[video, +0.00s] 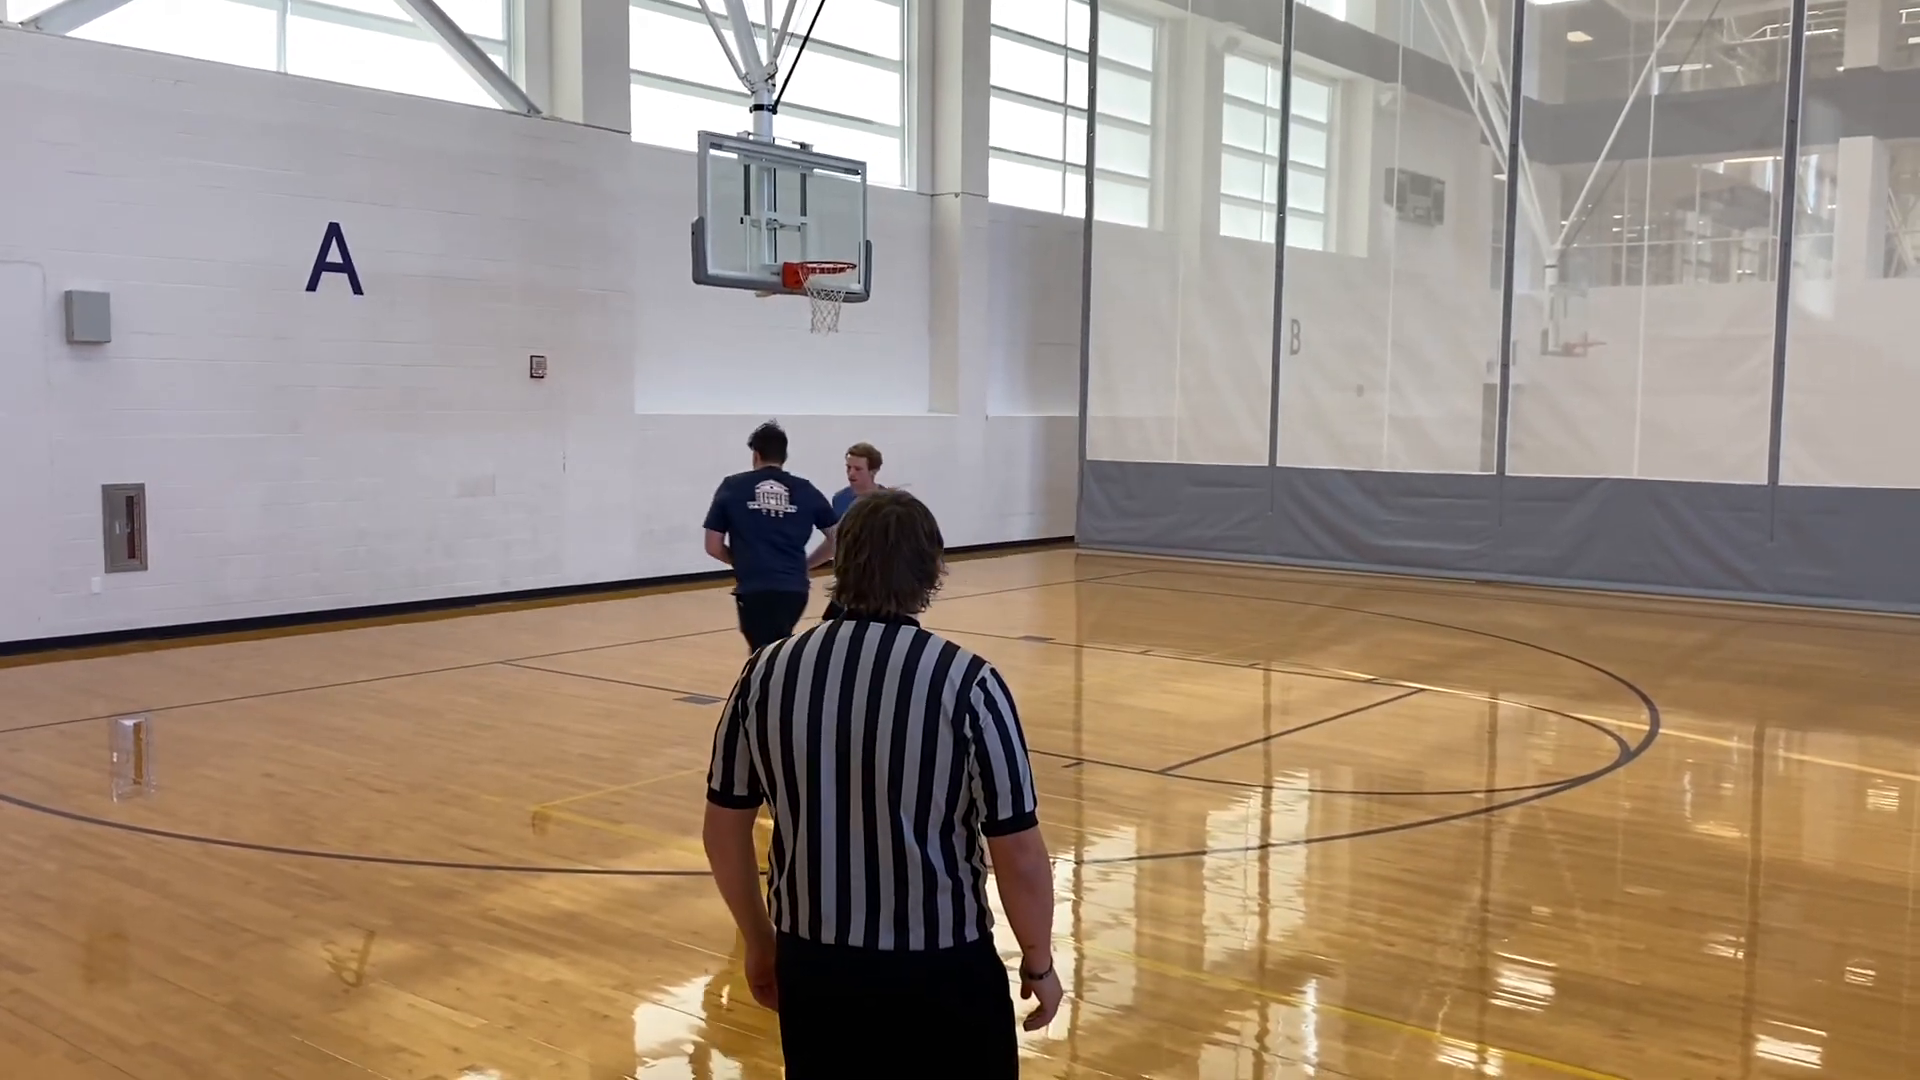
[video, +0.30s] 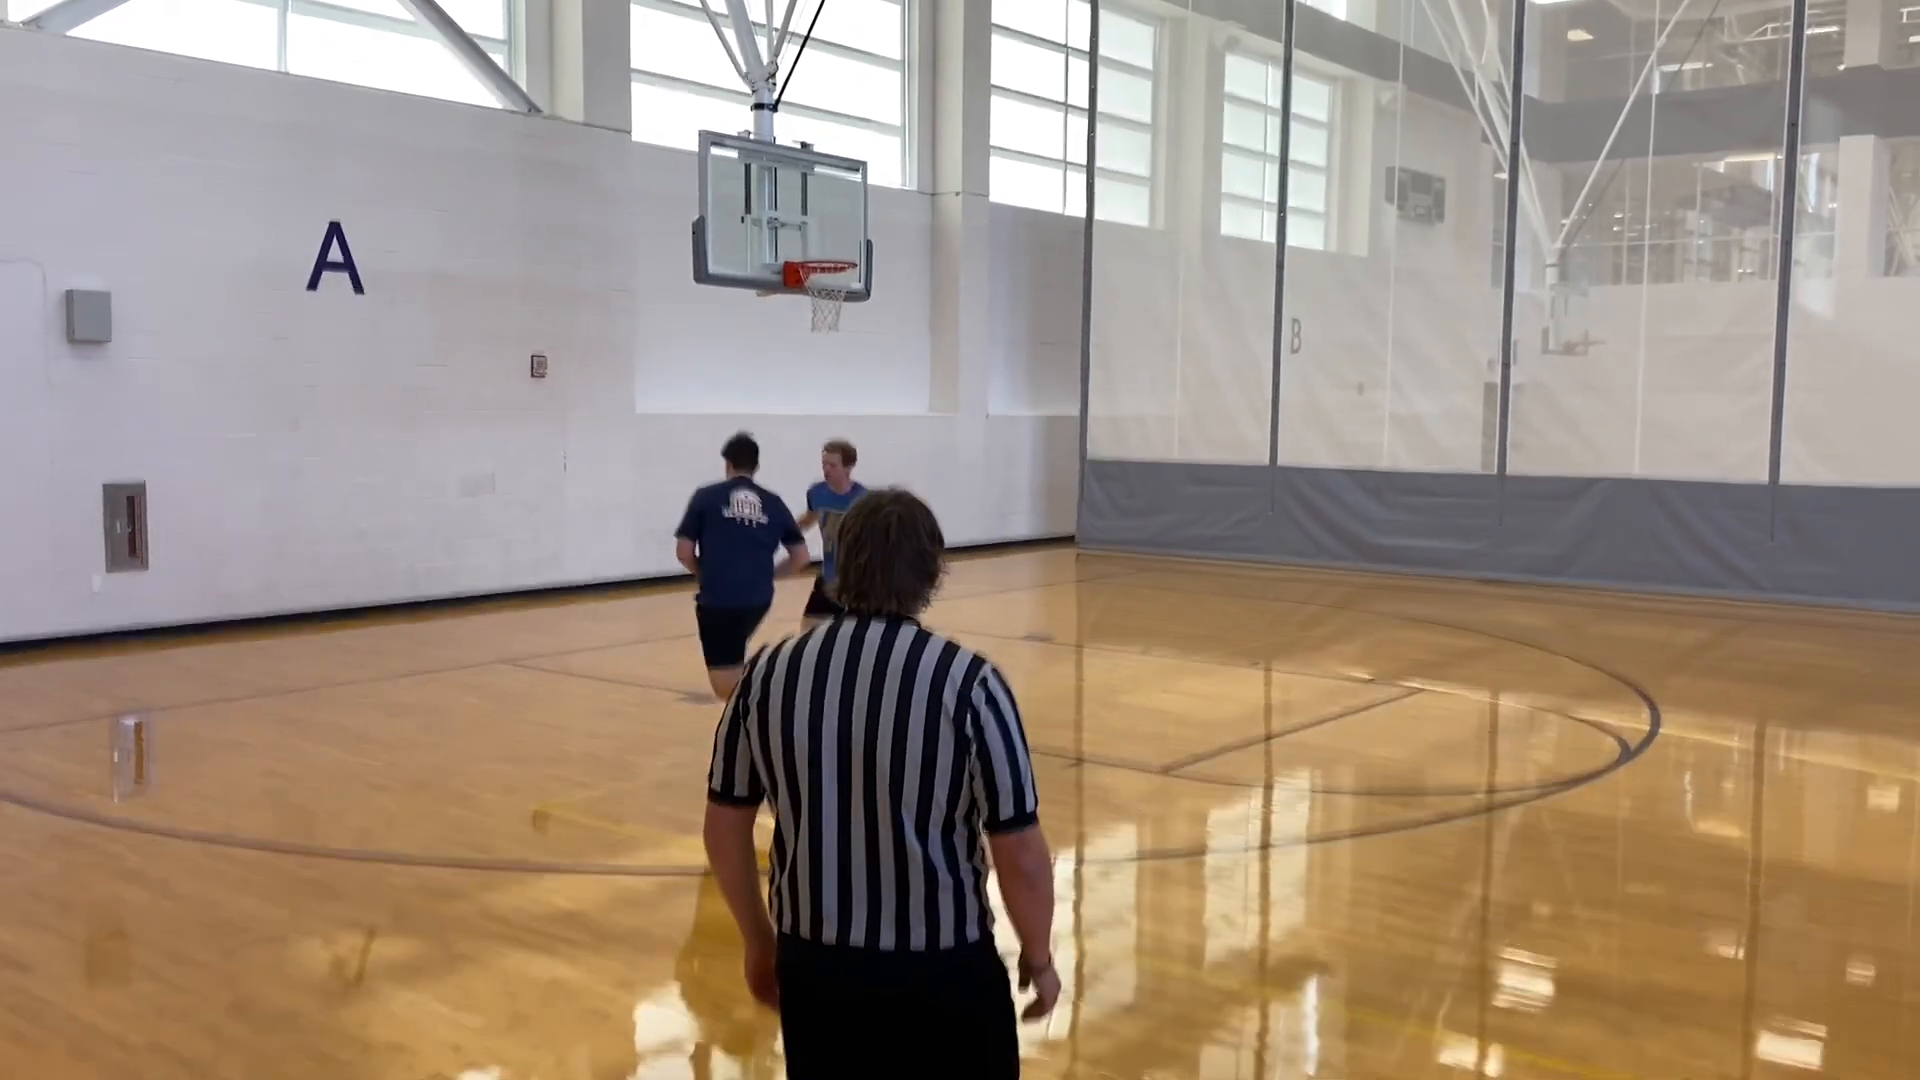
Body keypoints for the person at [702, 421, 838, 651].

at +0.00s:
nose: (752, 459)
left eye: (752, 455)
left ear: (756, 456)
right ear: (784, 457)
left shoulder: (733, 486)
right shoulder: (804, 488)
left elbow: (713, 546)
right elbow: (836, 540)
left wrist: (743, 560)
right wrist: (803, 565)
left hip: (754, 591)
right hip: (795, 591)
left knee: (766, 661)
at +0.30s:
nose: (727, 466)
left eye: (726, 462)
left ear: (728, 463)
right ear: (756, 465)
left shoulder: (706, 496)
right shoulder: (772, 501)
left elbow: (684, 552)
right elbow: (800, 557)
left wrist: (704, 573)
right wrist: (769, 573)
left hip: (718, 596)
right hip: (758, 596)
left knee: (724, 683)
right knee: (734, 655)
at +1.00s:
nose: (636, 458)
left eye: (634, 453)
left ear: (632, 456)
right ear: (661, 456)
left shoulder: (622, 486)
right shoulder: (678, 488)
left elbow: (611, 532)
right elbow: (671, 538)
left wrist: (598, 558)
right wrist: (620, 556)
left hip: (639, 586)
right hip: (684, 585)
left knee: (606, 634)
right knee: (696, 659)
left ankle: (596, 713)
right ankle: (739, 717)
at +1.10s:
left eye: (620, 449)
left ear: (618, 451)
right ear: (646, 451)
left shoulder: (608, 482)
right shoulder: (664, 484)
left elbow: (600, 528)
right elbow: (654, 533)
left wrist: (585, 555)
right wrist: (599, 551)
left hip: (627, 583)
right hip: (672, 581)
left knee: (593, 640)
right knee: (692, 655)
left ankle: (572, 708)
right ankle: (737, 711)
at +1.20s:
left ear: (603, 447)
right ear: (632, 447)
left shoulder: (592, 479)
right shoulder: (650, 479)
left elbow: (584, 529)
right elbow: (649, 527)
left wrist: (573, 552)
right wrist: (592, 551)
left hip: (613, 581)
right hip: (658, 577)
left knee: (580, 644)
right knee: (684, 648)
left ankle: (557, 708)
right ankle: (730, 704)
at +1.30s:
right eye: (614, 442)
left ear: (588, 445)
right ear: (617, 445)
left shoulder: (575, 478)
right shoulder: (636, 476)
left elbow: (565, 531)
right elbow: (643, 524)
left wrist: (557, 553)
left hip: (597, 579)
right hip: (643, 574)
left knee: (570, 645)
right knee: (672, 643)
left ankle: (550, 711)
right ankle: (723, 699)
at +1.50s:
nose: (589, 446)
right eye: (591, 441)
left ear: (562, 445)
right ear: (591, 444)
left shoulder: (543, 480)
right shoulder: (611, 476)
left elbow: (520, 529)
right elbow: (630, 521)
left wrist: (548, 529)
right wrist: (595, 517)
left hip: (571, 577)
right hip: (618, 574)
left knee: (552, 638)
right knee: (643, 634)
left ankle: (548, 711)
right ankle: (689, 673)